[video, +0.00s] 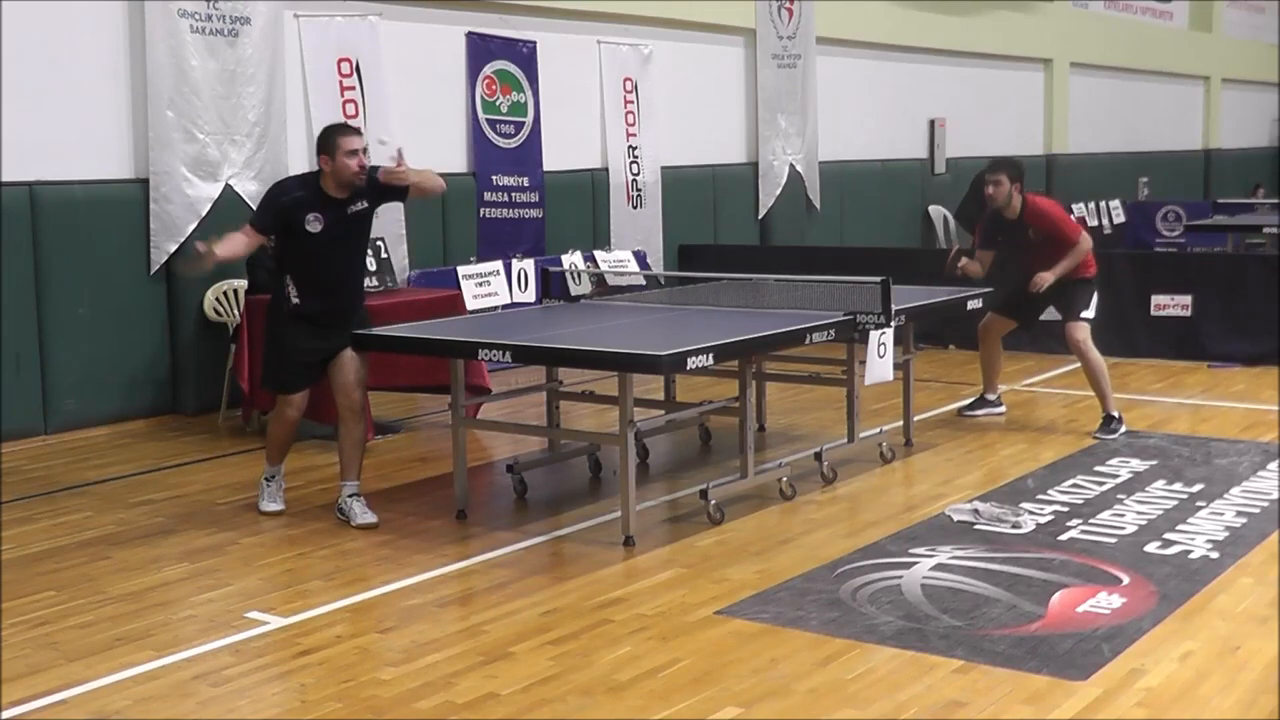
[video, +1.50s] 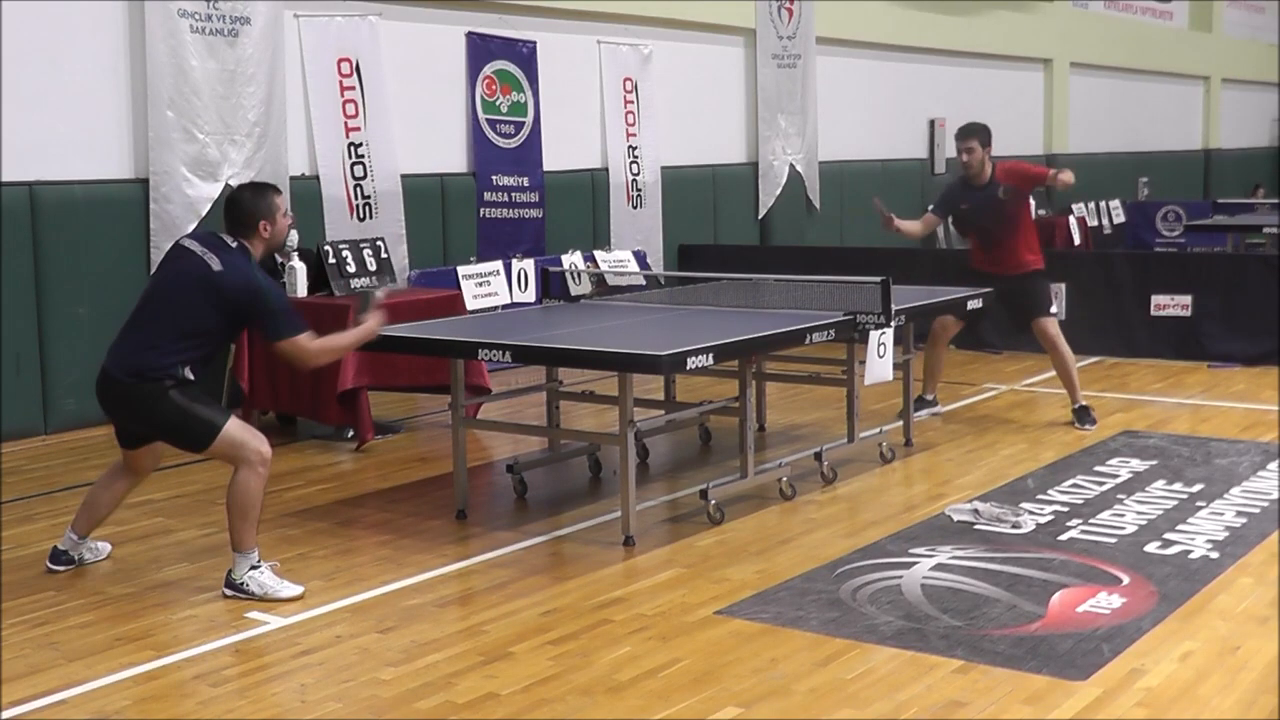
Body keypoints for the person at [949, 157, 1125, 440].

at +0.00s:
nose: (989, 191)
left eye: (996, 184)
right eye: (986, 185)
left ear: (1016, 187)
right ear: (985, 187)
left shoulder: (1043, 210)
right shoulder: (991, 220)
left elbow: (1085, 243)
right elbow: (980, 268)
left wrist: (1053, 274)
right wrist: (965, 264)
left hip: (1075, 278)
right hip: (1034, 281)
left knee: (1078, 339)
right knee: (988, 329)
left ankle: (1112, 416)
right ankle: (990, 397)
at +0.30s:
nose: (1001, 160)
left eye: (1008, 154)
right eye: (1000, 154)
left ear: (1029, 156)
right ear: (1001, 155)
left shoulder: (1056, 184)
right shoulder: (1001, 188)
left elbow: (1090, 222)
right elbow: (987, 231)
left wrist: (1059, 243)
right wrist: (969, 240)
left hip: (1066, 273)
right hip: (1025, 272)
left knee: (1078, 338)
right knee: (980, 328)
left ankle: (1112, 415)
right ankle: (978, 391)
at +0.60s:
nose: (975, 163)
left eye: (982, 156)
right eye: (974, 156)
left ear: (1002, 157)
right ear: (975, 157)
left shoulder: (1032, 185)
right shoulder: (974, 189)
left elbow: (1069, 217)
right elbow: (944, 218)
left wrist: (1042, 243)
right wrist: (920, 234)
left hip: (1046, 277)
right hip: (1002, 278)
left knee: (1065, 338)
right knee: (961, 332)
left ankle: (1104, 413)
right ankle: (949, 401)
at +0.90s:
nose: (951, 198)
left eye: (957, 191)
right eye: (949, 191)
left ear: (978, 190)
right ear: (947, 191)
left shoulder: (1007, 211)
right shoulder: (948, 217)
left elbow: (1045, 252)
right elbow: (908, 239)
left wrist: (1011, 276)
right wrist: (887, 260)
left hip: (1021, 296)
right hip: (974, 297)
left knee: (1054, 342)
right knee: (927, 339)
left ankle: (1075, 412)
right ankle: (898, 404)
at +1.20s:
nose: (931, 186)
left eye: (937, 179)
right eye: (927, 180)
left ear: (954, 176)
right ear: (925, 181)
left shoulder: (982, 195)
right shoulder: (928, 208)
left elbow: (1022, 229)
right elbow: (896, 227)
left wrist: (1019, 271)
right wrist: (857, 233)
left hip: (1003, 286)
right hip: (959, 292)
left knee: (1043, 336)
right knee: (916, 332)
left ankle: (1073, 410)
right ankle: (896, 403)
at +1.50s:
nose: (963, 158)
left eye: (969, 151)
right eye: (960, 152)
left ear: (987, 150)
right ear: (957, 153)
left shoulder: (1012, 173)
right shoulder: (955, 191)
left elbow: (1062, 177)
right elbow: (922, 228)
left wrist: (1062, 179)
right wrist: (897, 224)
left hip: (1025, 274)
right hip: (981, 276)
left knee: (1048, 331)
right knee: (940, 328)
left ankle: (1079, 404)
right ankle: (928, 398)